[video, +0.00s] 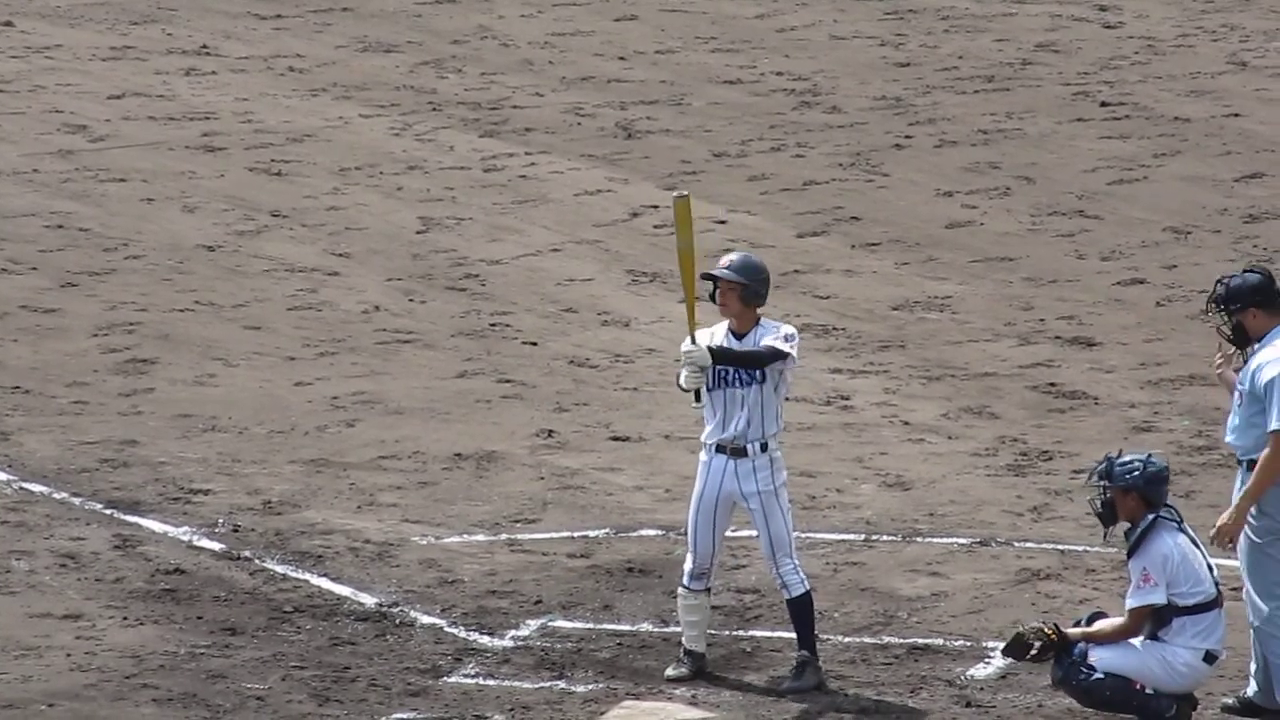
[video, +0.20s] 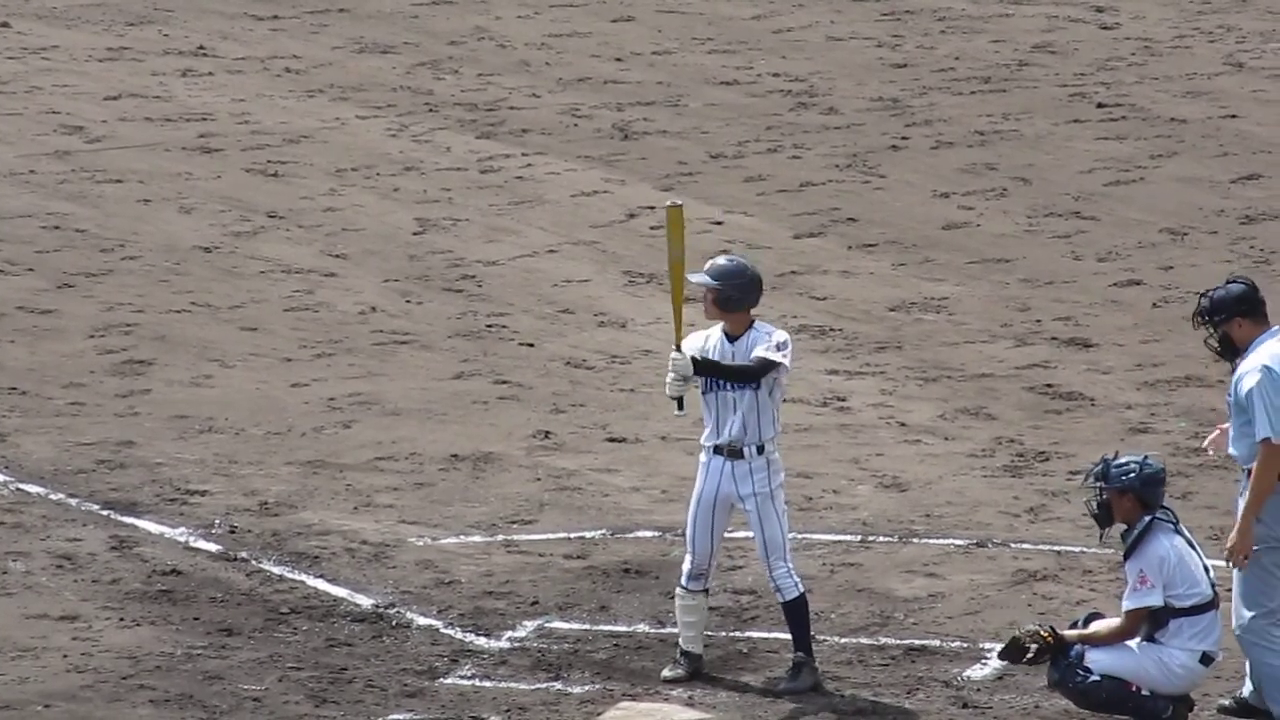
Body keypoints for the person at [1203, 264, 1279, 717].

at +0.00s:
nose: (1230, 321)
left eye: (1233, 313)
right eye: (1229, 313)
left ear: (1253, 315)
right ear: (1261, 312)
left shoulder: (1272, 365)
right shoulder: (1264, 354)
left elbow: (1275, 448)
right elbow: (1259, 410)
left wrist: (1240, 509)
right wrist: (1232, 380)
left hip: (1266, 496)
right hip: (1254, 489)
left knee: (1266, 600)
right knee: (1260, 596)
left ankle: (1269, 694)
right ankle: (1264, 691)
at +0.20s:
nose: (1218, 335)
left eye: (1219, 326)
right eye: (1216, 327)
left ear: (1235, 324)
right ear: (1256, 315)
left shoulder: (1259, 372)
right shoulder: (1271, 349)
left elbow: (1269, 453)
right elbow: (1270, 423)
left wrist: (1246, 523)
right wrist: (1236, 432)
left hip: (1266, 515)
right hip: (1264, 506)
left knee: (1254, 620)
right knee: (1260, 608)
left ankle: (1272, 703)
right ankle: (1259, 694)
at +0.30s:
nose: (1214, 339)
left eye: (1214, 330)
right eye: (1212, 330)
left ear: (1230, 327)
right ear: (1252, 318)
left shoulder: (1253, 373)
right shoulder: (1272, 348)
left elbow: (1265, 455)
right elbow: (1267, 423)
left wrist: (1250, 533)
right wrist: (1242, 457)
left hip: (1269, 522)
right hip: (1272, 514)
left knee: (1249, 627)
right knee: (1264, 608)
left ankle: (1276, 706)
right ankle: (1263, 688)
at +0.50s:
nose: (1203, 345)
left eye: (1205, 336)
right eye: (1202, 336)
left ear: (1222, 334)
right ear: (1244, 327)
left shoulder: (1246, 380)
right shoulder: (1270, 356)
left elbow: (1267, 461)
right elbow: (1268, 456)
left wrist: (1255, 537)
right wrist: (1253, 516)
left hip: (1271, 527)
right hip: (1274, 521)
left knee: (1243, 630)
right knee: (1264, 621)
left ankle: (1275, 706)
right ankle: (1271, 699)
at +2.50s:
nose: (1221, 335)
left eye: (1224, 327)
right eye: (1221, 326)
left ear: (1243, 326)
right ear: (1258, 321)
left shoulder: (1258, 369)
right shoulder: (1269, 354)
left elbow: (1270, 448)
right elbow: (1269, 448)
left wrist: (1253, 520)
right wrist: (1256, 518)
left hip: (1274, 519)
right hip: (1271, 517)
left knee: (1255, 627)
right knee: (1262, 617)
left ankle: (1274, 702)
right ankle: (1273, 692)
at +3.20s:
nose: (1188, 375)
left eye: (1192, 367)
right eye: (1187, 366)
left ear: (1212, 370)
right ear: (1225, 365)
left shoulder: (1231, 403)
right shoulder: (1257, 385)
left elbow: (1272, 467)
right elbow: (1272, 461)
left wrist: (1276, 546)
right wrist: (1269, 504)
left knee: (1268, 626)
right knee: (1268, 626)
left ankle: (1276, 708)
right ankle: (1274, 707)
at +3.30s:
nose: (1184, 396)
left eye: (1187, 388)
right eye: (1184, 388)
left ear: (1207, 392)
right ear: (1219, 386)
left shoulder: (1227, 422)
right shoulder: (1251, 403)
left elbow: (1271, 484)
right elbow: (1272, 481)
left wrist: (1276, 548)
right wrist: (1271, 538)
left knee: (1266, 628)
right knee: (1267, 626)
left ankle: (1276, 709)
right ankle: (1274, 708)